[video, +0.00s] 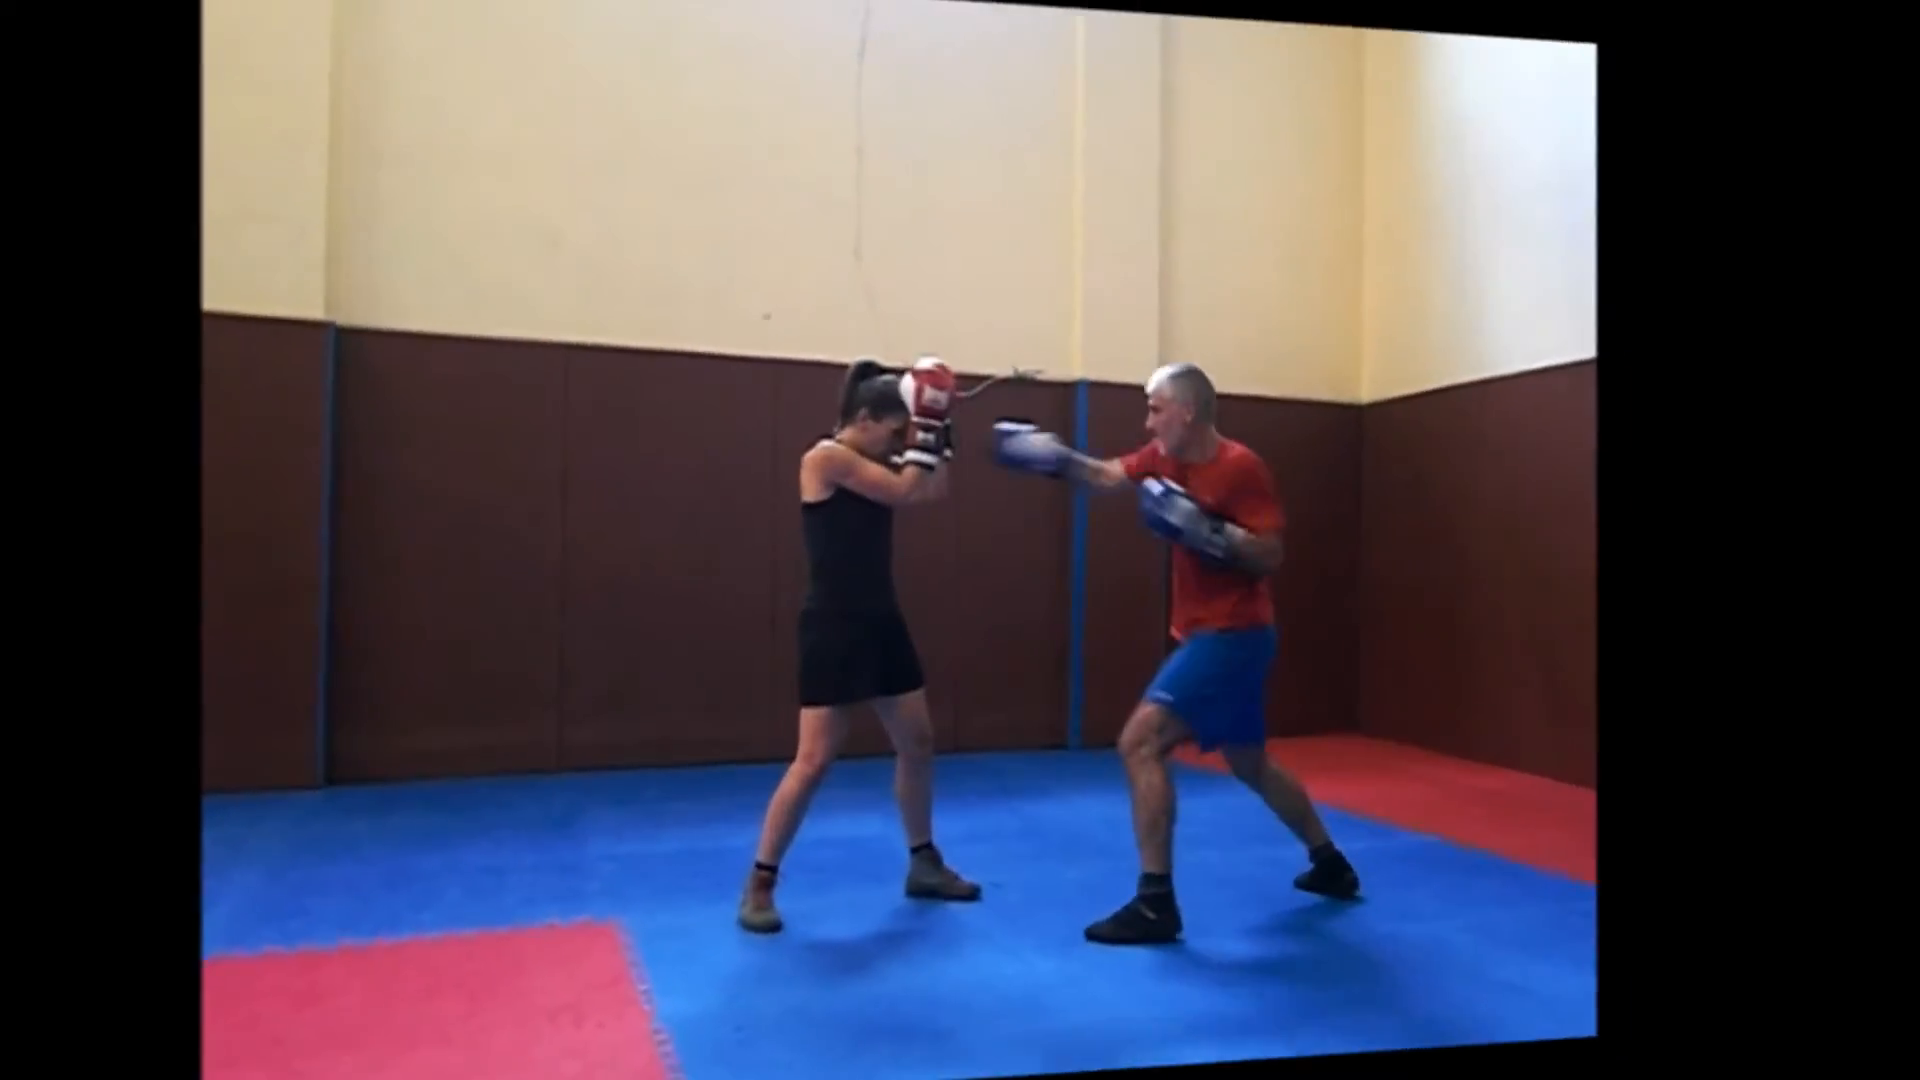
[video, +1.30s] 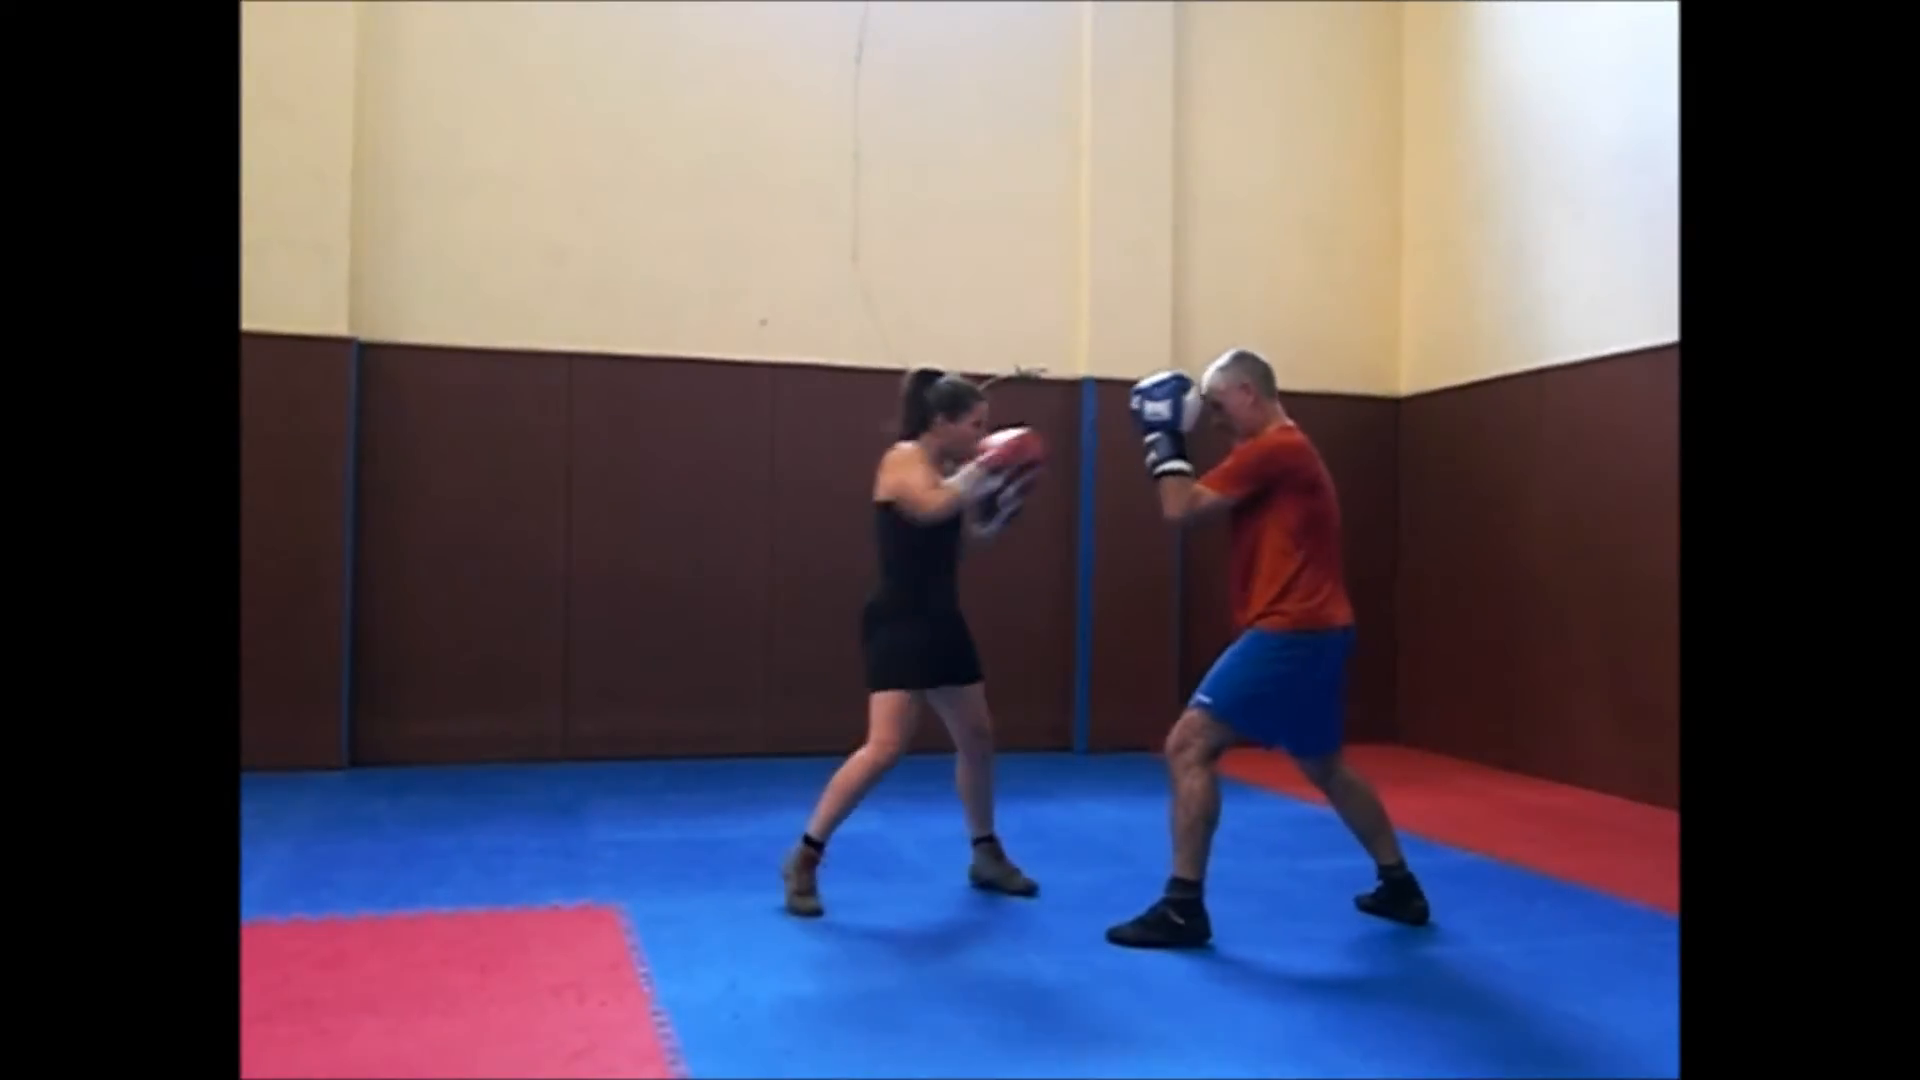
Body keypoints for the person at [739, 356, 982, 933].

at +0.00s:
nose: (898, 439)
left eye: (901, 430)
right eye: (892, 428)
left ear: (885, 424)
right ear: (862, 418)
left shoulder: (868, 463)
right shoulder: (826, 459)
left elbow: (931, 485)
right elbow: (904, 489)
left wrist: (937, 431)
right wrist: (927, 432)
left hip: (879, 623)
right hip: (833, 626)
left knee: (917, 740)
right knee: (812, 761)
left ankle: (924, 865)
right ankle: (760, 884)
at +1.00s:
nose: (928, 428)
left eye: (931, 418)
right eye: (922, 417)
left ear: (902, 419)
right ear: (889, 415)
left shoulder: (904, 466)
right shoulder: (851, 464)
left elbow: (946, 530)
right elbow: (889, 534)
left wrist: (969, 484)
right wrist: (928, 487)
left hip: (909, 620)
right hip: (859, 627)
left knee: (984, 712)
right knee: (844, 750)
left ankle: (979, 829)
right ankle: (799, 867)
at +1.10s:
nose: (942, 424)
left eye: (944, 414)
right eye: (933, 413)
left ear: (935, 416)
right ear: (896, 413)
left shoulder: (941, 451)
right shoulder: (859, 456)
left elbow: (1019, 471)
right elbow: (866, 534)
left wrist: (1060, 437)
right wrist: (918, 486)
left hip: (930, 614)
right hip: (872, 617)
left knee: (974, 729)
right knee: (850, 741)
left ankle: (992, 844)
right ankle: (803, 862)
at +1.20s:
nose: (961, 433)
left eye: (964, 424)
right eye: (954, 423)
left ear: (950, 424)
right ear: (917, 419)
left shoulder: (957, 458)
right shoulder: (875, 460)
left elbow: (1019, 490)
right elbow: (876, 534)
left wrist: (1059, 453)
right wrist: (930, 489)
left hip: (943, 619)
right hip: (888, 621)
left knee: (978, 734)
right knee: (865, 744)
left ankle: (988, 854)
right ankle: (810, 861)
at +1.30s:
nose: (981, 435)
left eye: (982, 426)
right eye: (974, 425)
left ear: (950, 425)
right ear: (942, 422)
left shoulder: (946, 470)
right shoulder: (902, 460)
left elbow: (970, 534)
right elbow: (930, 504)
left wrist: (1003, 499)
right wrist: (984, 467)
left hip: (940, 621)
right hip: (898, 622)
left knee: (976, 737)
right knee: (884, 745)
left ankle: (987, 856)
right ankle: (805, 857)